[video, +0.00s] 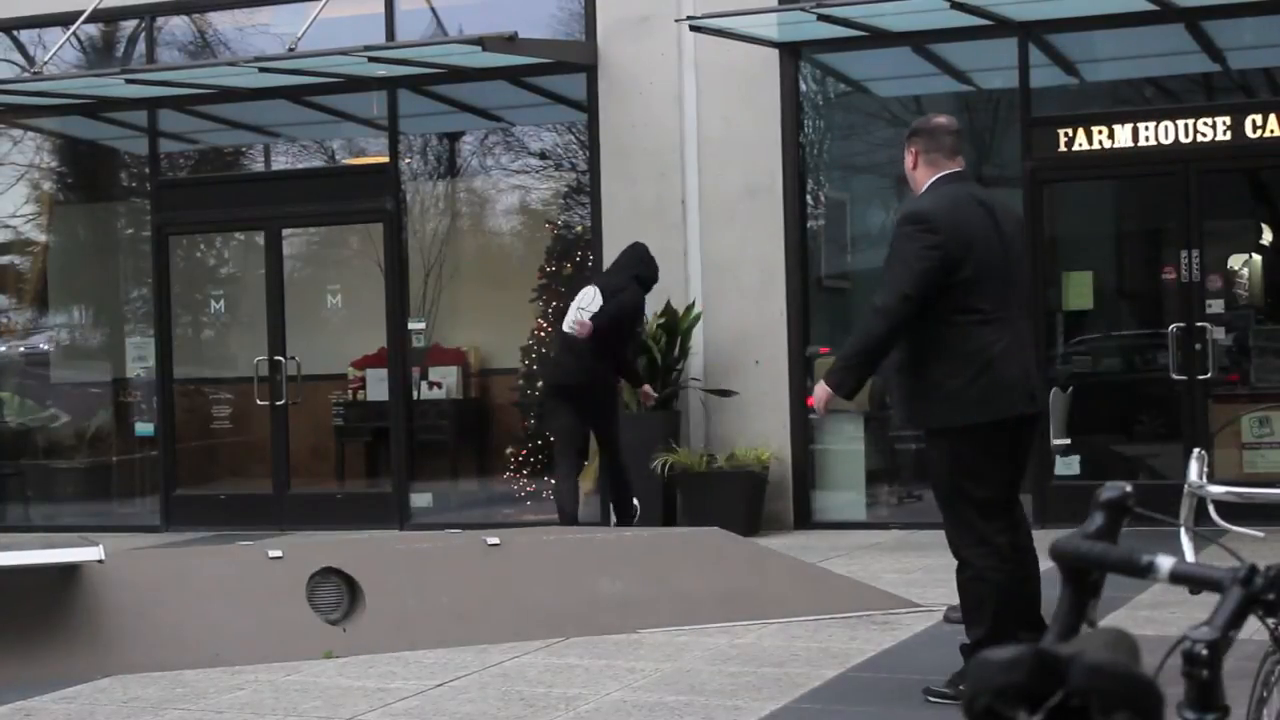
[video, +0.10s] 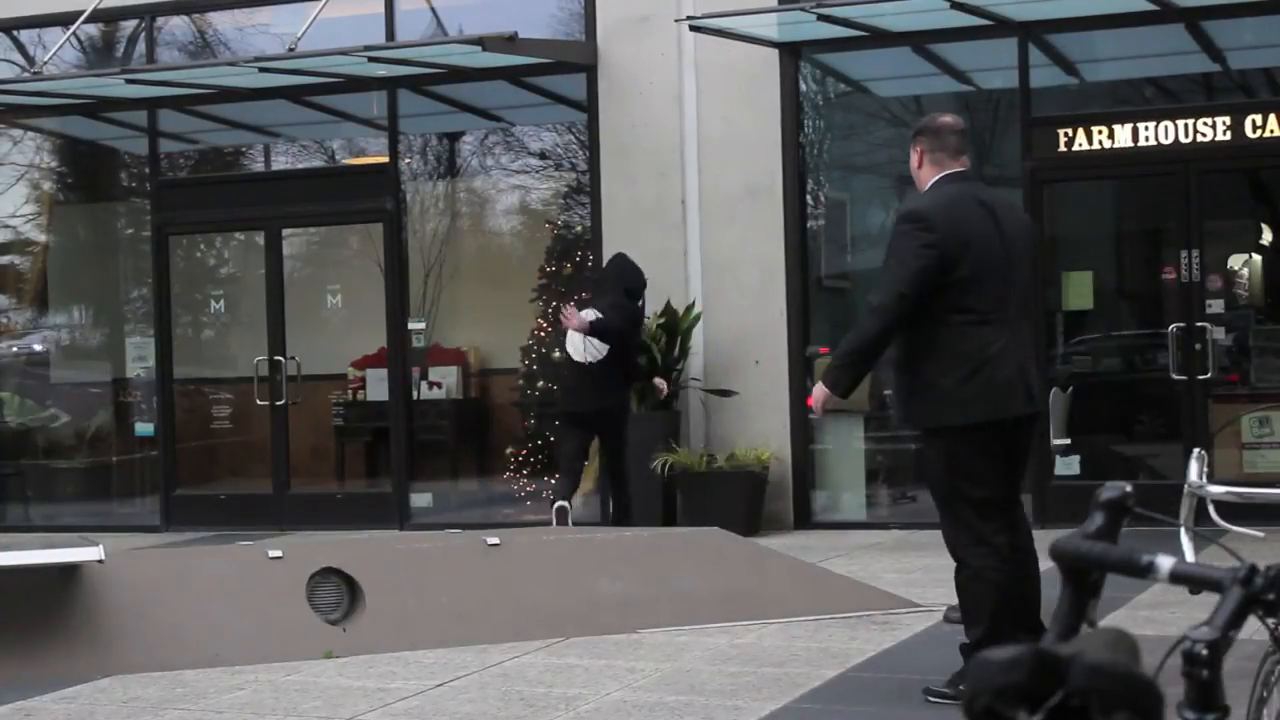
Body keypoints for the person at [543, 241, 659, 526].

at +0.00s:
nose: (649, 285)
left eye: (651, 280)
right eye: (649, 279)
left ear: (622, 264)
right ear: (643, 272)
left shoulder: (595, 285)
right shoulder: (631, 293)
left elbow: (614, 347)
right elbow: (615, 316)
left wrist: (638, 383)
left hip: (563, 378)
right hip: (596, 381)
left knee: (568, 454)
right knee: (611, 450)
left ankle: (568, 525)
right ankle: (625, 515)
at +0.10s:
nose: (640, 294)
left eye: (640, 289)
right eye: (639, 288)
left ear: (606, 279)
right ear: (631, 285)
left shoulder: (587, 307)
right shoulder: (626, 309)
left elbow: (619, 357)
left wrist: (649, 378)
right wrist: (587, 326)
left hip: (578, 391)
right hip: (612, 394)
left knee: (573, 452)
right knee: (614, 459)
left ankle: (562, 498)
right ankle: (621, 520)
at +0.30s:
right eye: (611, 276)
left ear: (579, 279)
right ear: (610, 277)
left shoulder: (567, 307)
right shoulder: (621, 304)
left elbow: (554, 349)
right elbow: (643, 344)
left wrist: (567, 376)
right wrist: (655, 366)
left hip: (578, 394)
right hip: (617, 394)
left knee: (584, 454)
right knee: (621, 456)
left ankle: (573, 515)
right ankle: (621, 518)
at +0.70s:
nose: (550, 302)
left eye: (552, 297)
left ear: (556, 299)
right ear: (586, 296)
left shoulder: (555, 329)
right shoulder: (605, 326)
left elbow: (540, 371)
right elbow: (621, 366)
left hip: (568, 408)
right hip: (602, 405)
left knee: (573, 468)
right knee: (601, 461)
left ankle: (592, 523)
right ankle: (620, 501)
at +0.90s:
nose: (539, 281)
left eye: (542, 275)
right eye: (539, 275)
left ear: (551, 278)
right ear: (573, 275)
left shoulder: (552, 308)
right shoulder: (589, 307)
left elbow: (531, 340)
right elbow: (603, 349)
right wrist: (589, 369)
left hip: (557, 388)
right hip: (582, 386)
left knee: (565, 451)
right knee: (550, 445)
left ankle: (591, 515)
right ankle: (559, 505)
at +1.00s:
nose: (535, 282)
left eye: (538, 277)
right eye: (536, 276)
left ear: (549, 281)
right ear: (566, 280)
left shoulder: (550, 312)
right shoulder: (575, 311)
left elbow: (522, 338)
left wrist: (538, 316)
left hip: (555, 396)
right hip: (572, 392)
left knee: (564, 461)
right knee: (541, 457)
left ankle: (593, 520)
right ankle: (529, 514)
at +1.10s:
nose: (531, 284)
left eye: (535, 280)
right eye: (531, 279)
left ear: (549, 282)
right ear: (552, 283)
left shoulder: (553, 313)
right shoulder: (554, 311)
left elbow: (531, 352)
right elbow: (540, 349)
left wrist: (514, 344)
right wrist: (524, 344)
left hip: (546, 400)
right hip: (542, 399)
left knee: (554, 466)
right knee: (531, 466)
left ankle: (593, 526)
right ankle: (524, 527)